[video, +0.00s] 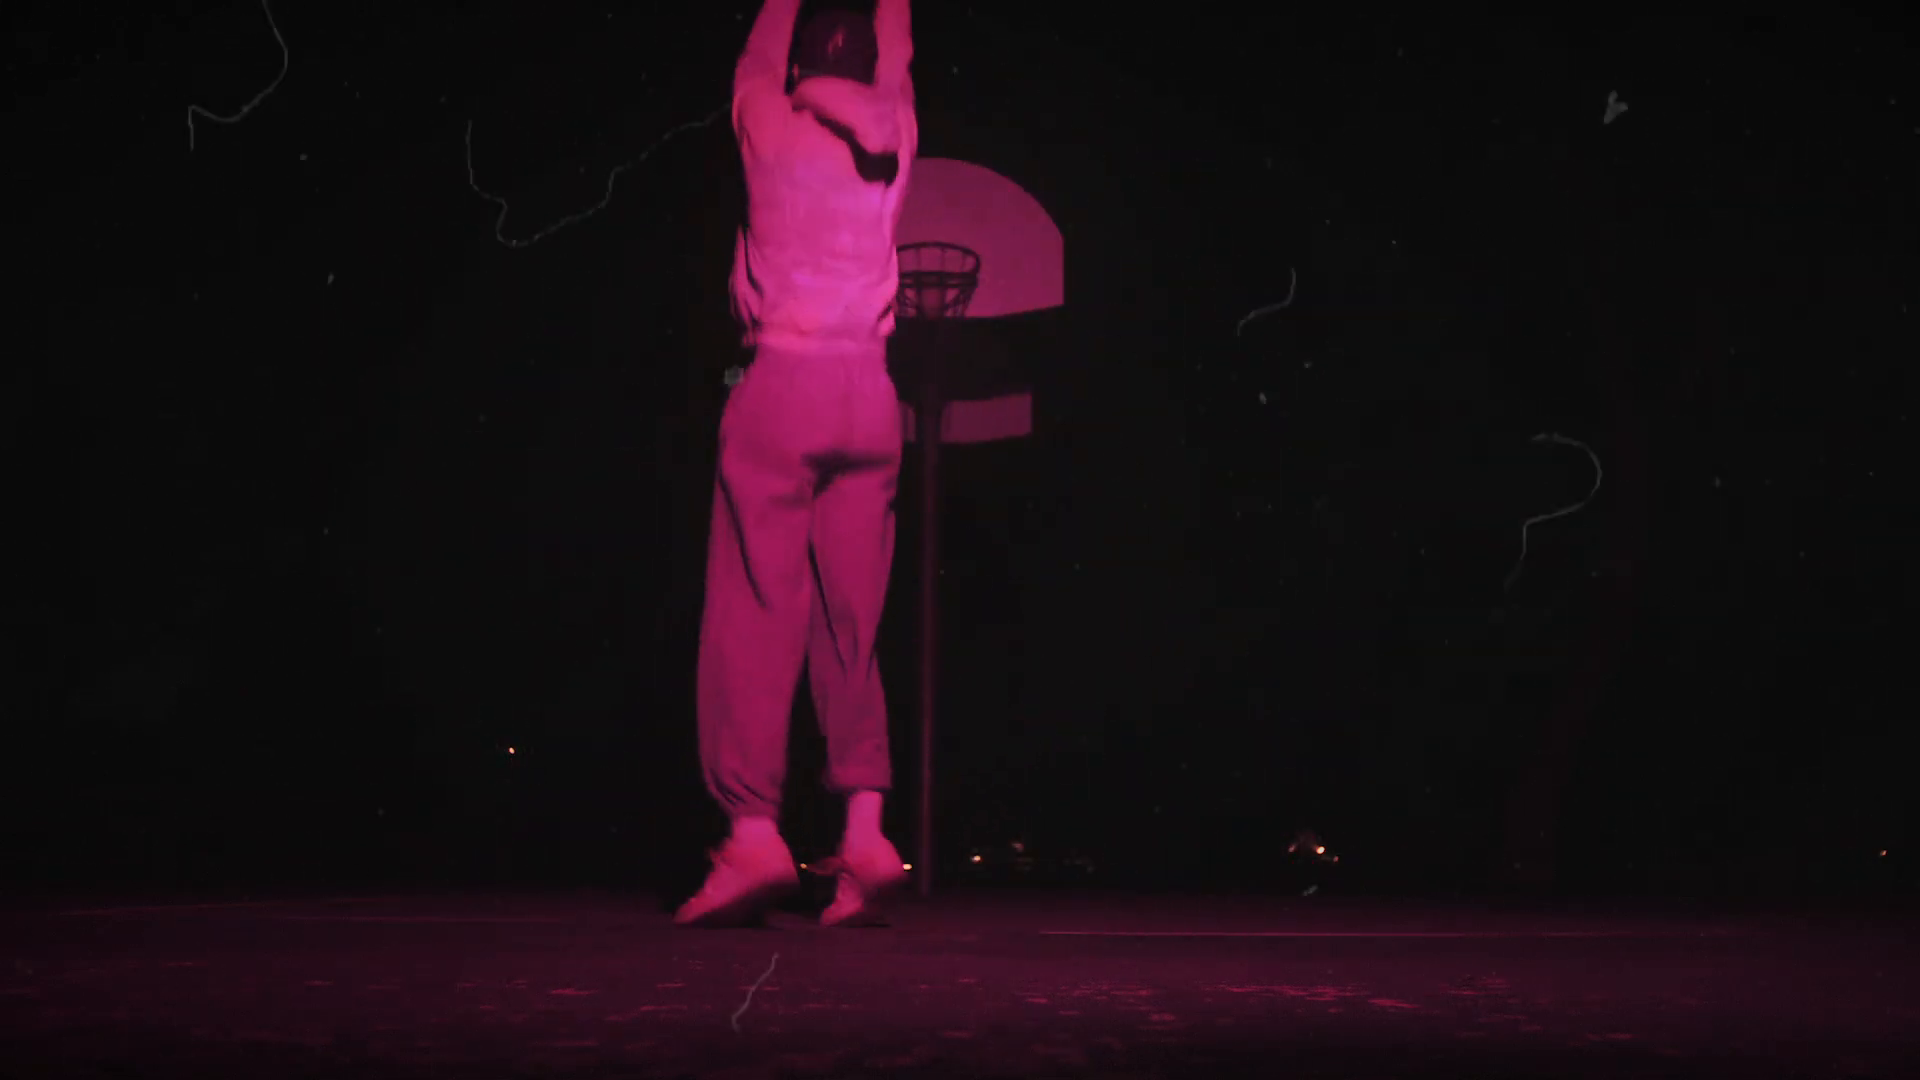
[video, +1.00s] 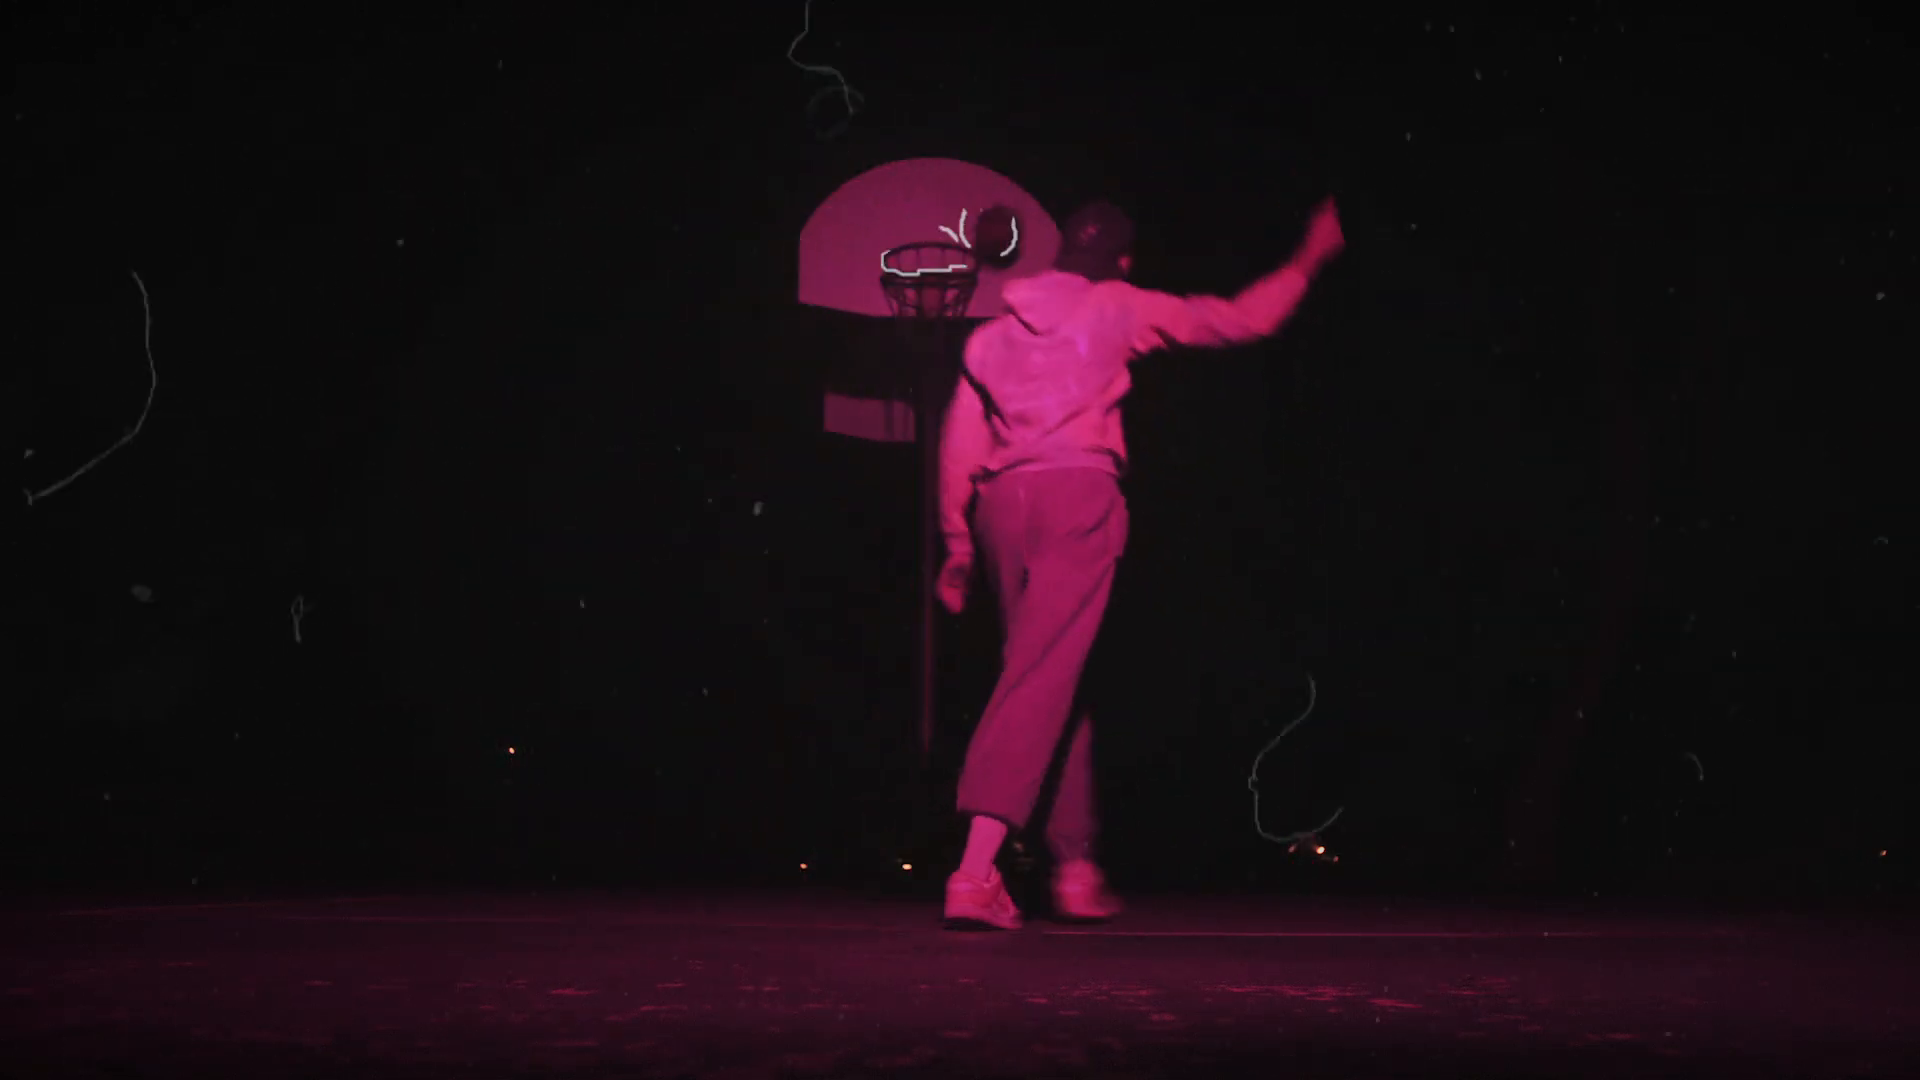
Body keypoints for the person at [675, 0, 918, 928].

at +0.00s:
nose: (789, 63)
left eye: (796, 51)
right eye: (838, 48)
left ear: (798, 64)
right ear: (869, 67)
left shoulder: (770, 125)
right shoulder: (893, 131)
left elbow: (767, 44)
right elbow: (894, 44)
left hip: (782, 384)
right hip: (870, 388)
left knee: (755, 612)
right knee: (852, 622)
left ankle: (752, 834)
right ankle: (867, 832)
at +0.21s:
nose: (832, 115)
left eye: (823, 105)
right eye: (854, 110)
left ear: (805, 116)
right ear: (883, 127)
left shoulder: (761, 192)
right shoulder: (908, 185)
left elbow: (689, 254)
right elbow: (948, 120)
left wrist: (736, 178)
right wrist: (980, 48)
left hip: (803, 439)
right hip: (892, 437)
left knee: (766, 635)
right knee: (875, 639)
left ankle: (765, 858)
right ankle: (888, 862)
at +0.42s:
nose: (891, 151)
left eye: (871, 129)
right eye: (905, 141)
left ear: (841, 130)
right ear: (915, 144)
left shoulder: (784, 212)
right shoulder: (939, 199)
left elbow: (750, 339)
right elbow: (1015, 145)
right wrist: (1079, 79)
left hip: (815, 435)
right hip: (913, 436)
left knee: (798, 638)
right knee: (923, 647)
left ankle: (766, 859)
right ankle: (949, 864)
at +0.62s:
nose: (985, 194)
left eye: (970, 182)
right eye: (986, 186)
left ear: (910, 186)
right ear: (982, 191)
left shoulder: (856, 263)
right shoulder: (1001, 241)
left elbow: (844, 370)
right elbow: (1100, 184)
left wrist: (845, 445)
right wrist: (1184, 110)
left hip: (893, 476)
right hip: (987, 471)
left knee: (858, 658)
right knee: (998, 666)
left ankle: (778, 827)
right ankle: (975, 872)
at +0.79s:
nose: (1045, 207)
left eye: (1039, 196)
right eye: (1042, 197)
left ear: (968, 200)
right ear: (1031, 203)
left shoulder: (907, 277)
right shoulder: (1045, 254)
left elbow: (891, 385)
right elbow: (1154, 207)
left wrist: (886, 474)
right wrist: (1237, 126)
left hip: (943, 483)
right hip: (1031, 478)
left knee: (917, 671)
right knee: (1016, 674)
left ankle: (855, 819)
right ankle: (977, 879)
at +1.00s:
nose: (1124, 270)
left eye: (1124, 259)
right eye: (1125, 260)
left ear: (1059, 249)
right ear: (1114, 259)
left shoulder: (991, 336)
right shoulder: (1114, 308)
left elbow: (959, 445)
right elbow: (1240, 319)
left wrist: (957, 542)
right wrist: (1309, 257)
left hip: (999, 500)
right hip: (1079, 491)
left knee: (1049, 666)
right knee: (1040, 667)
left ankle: (1073, 865)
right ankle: (976, 869)